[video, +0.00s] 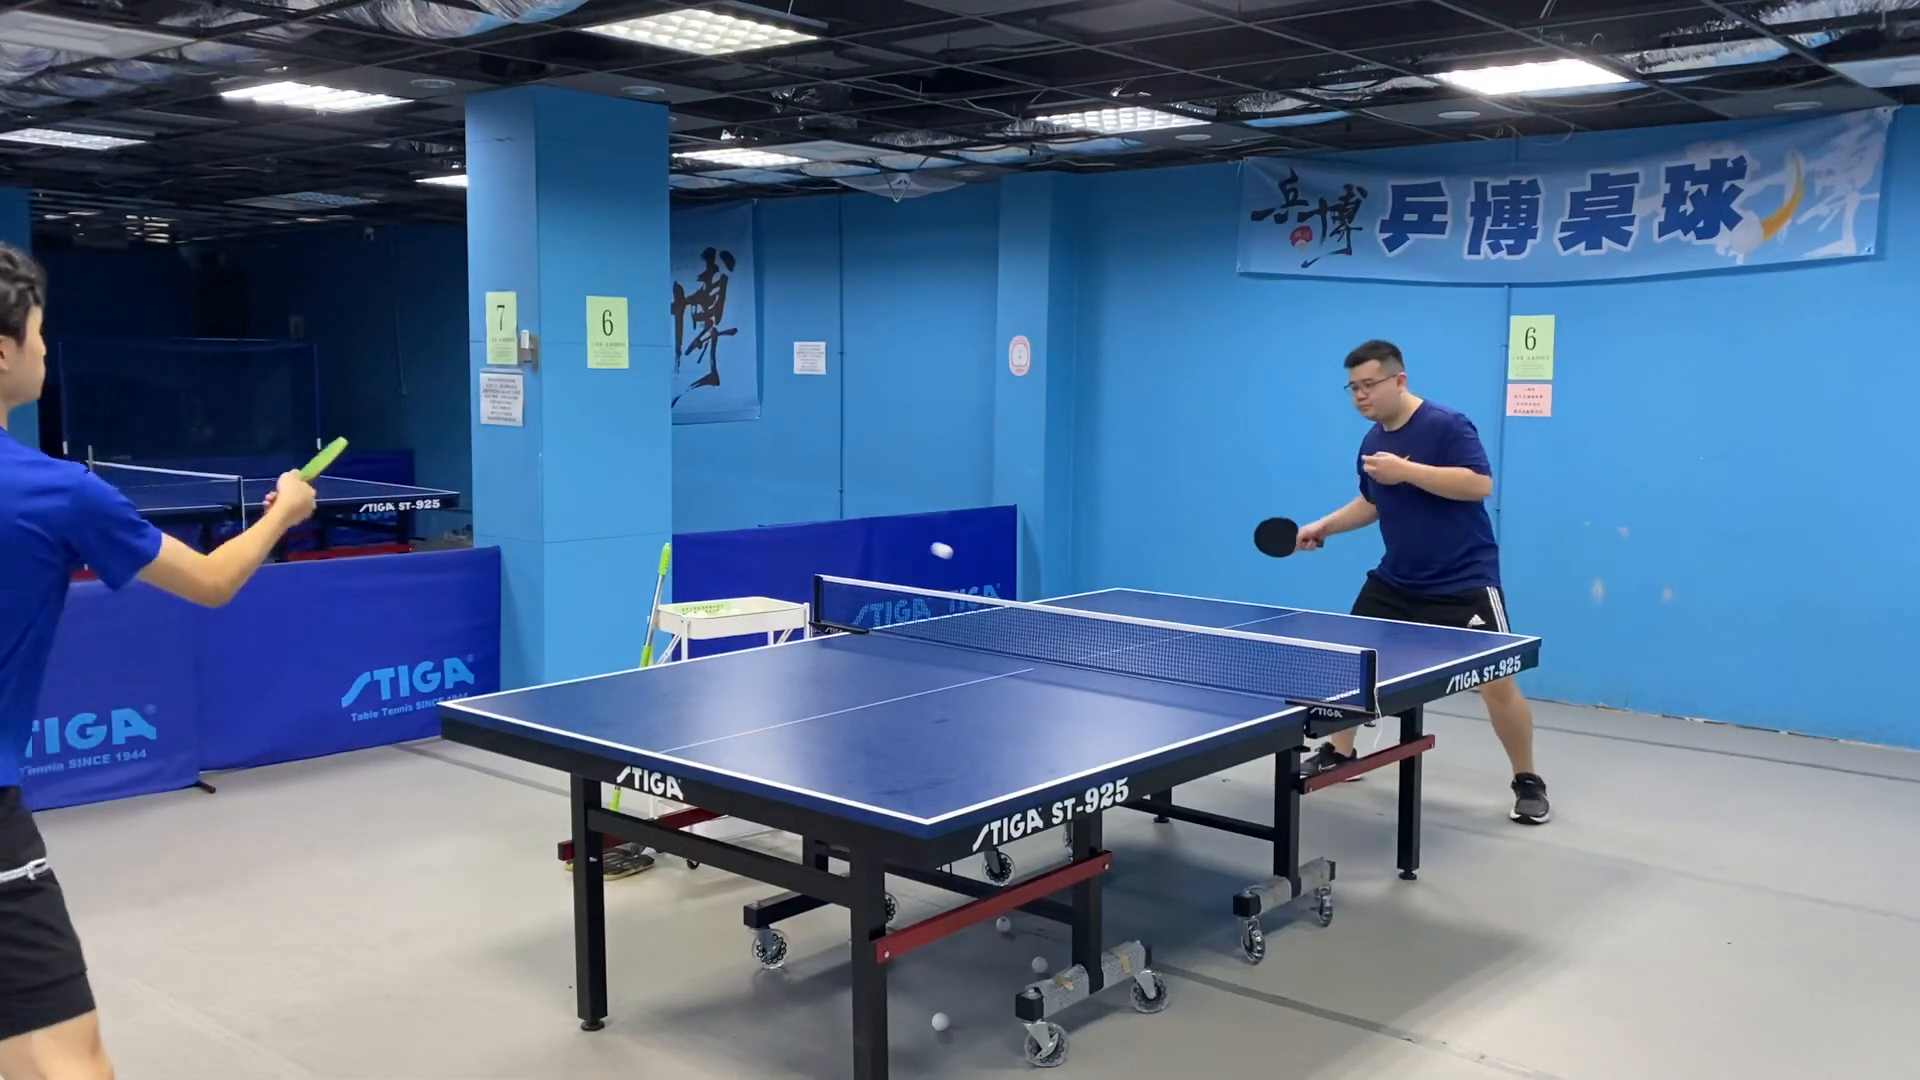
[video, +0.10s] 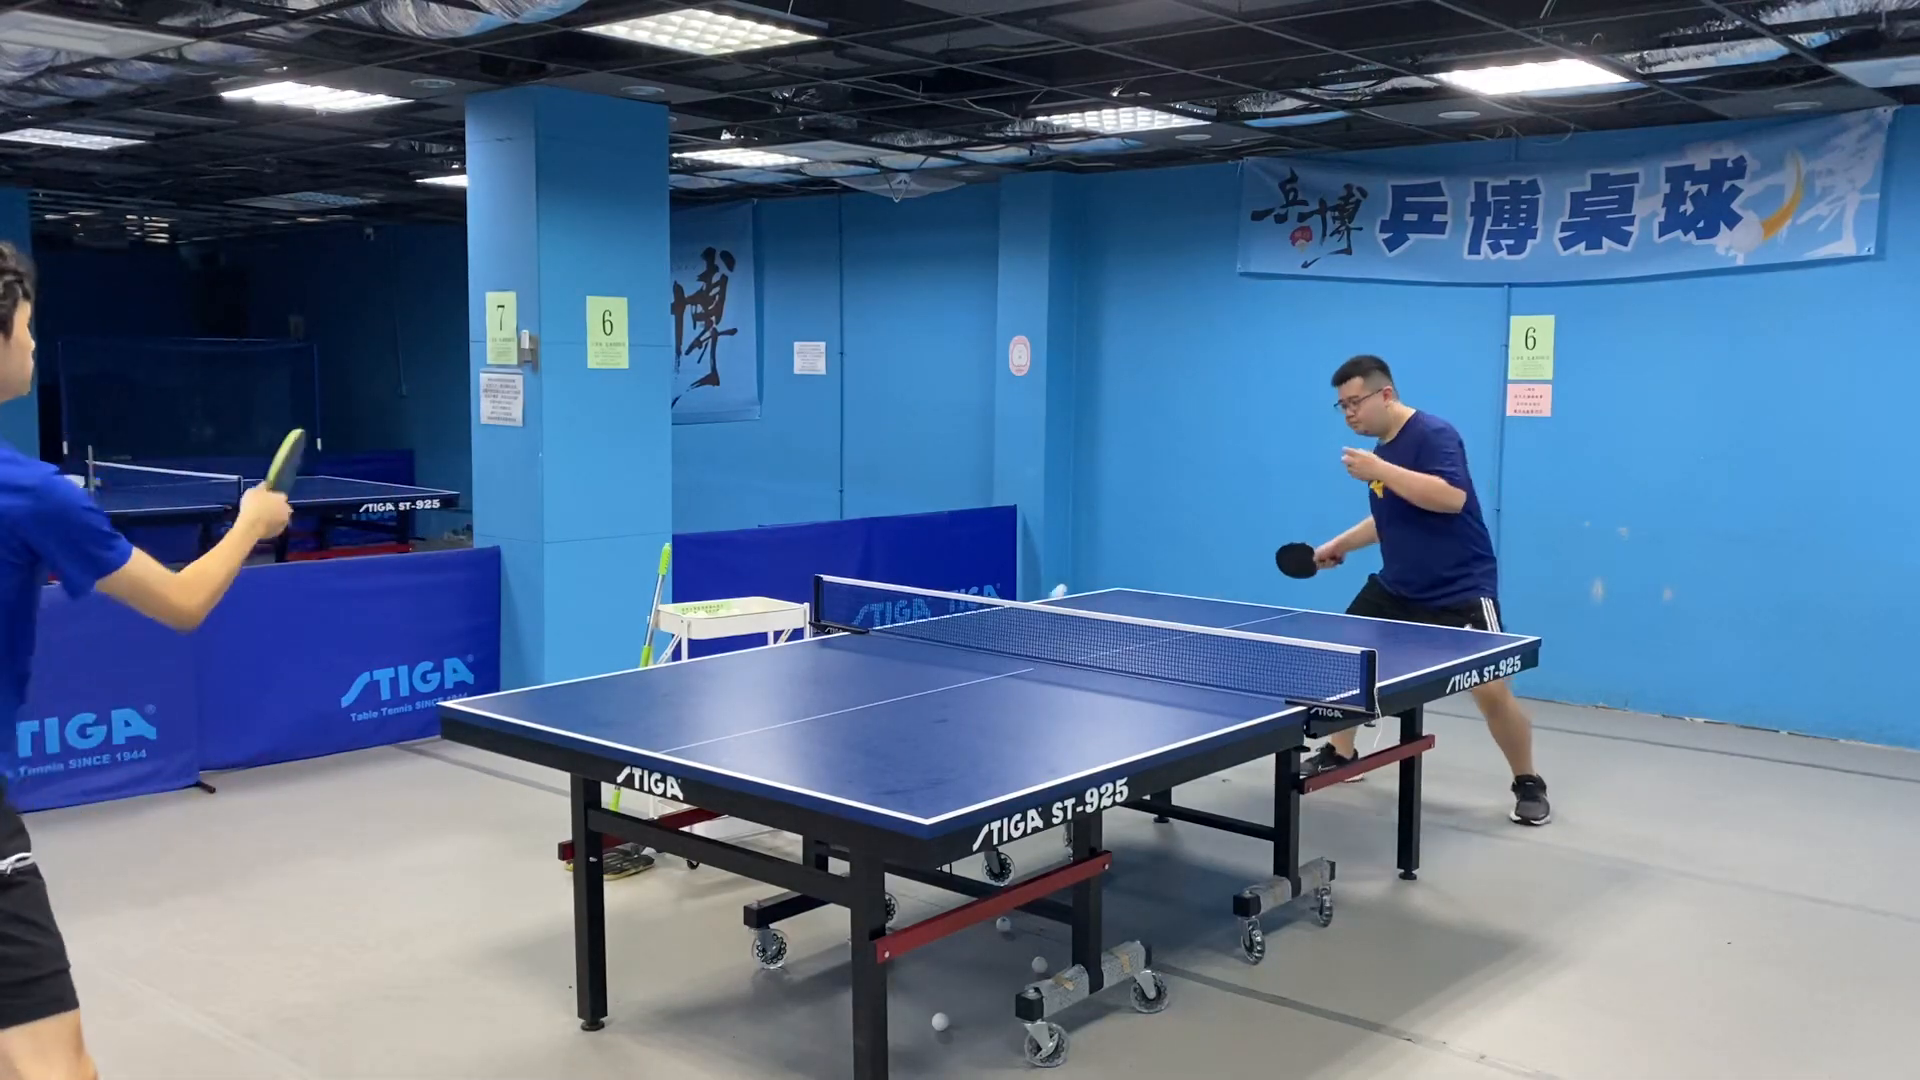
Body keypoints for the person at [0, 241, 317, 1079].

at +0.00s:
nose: (44, 355)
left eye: (39, 334)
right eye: (37, 336)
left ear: (0, 349)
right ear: (1, 349)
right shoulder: (52, 490)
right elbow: (209, 582)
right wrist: (283, 513)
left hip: (6, 798)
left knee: (27, 1051)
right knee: (66, 1052)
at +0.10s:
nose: (31, 345)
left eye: (26, 325)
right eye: (25, 327)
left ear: (9, 331)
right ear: (3, 333)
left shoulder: (20, 482)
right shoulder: (26, 488)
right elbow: (183, 602)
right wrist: (252, 525)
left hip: (9, 809)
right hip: (1, 812)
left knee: (45, 1052)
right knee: (49, 1055)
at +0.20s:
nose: (25, 362)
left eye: (22, 339)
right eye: (20, 340)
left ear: (6, 345)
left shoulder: (19, 517)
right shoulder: (16, 515)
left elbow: (150, 654)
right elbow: (156, 657)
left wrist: (225, 582)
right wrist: (232, 578)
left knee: (38, 1048)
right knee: (39, 1050)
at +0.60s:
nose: (87, 489)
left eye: (84, 470)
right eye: (77, 470)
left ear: (20, 492)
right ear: (20, 490)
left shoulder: (13, 597)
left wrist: (120, 795)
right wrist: (19, 927)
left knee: (21, 1047)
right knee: (20, 1050)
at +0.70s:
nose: (98, 541)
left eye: (94, 522)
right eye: (86, 523)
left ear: (28, 547)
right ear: (26, 544)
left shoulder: (22, 638)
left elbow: (8, 769)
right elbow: (14, 774)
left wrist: (137, 837)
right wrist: (136, 837)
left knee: (24, 1062)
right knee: (22, 1064)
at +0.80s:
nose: (104, 552)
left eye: (99, 531)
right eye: (91, 533)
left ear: (31, 561)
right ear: (29, 558)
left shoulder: (33, 640)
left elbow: (11, 768)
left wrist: (144, 834)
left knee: (7, 1054)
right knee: (5, 1054)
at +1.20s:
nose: (144, 345)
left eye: (144, 320)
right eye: (138, 320)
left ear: (75, 327)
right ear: (82, 329)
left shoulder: (27, 472)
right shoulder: (17, 500)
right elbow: (4, 770)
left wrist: (84, 610)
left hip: (4, 834)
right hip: (1, 839)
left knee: (58, 1005)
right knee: (57, 1008)